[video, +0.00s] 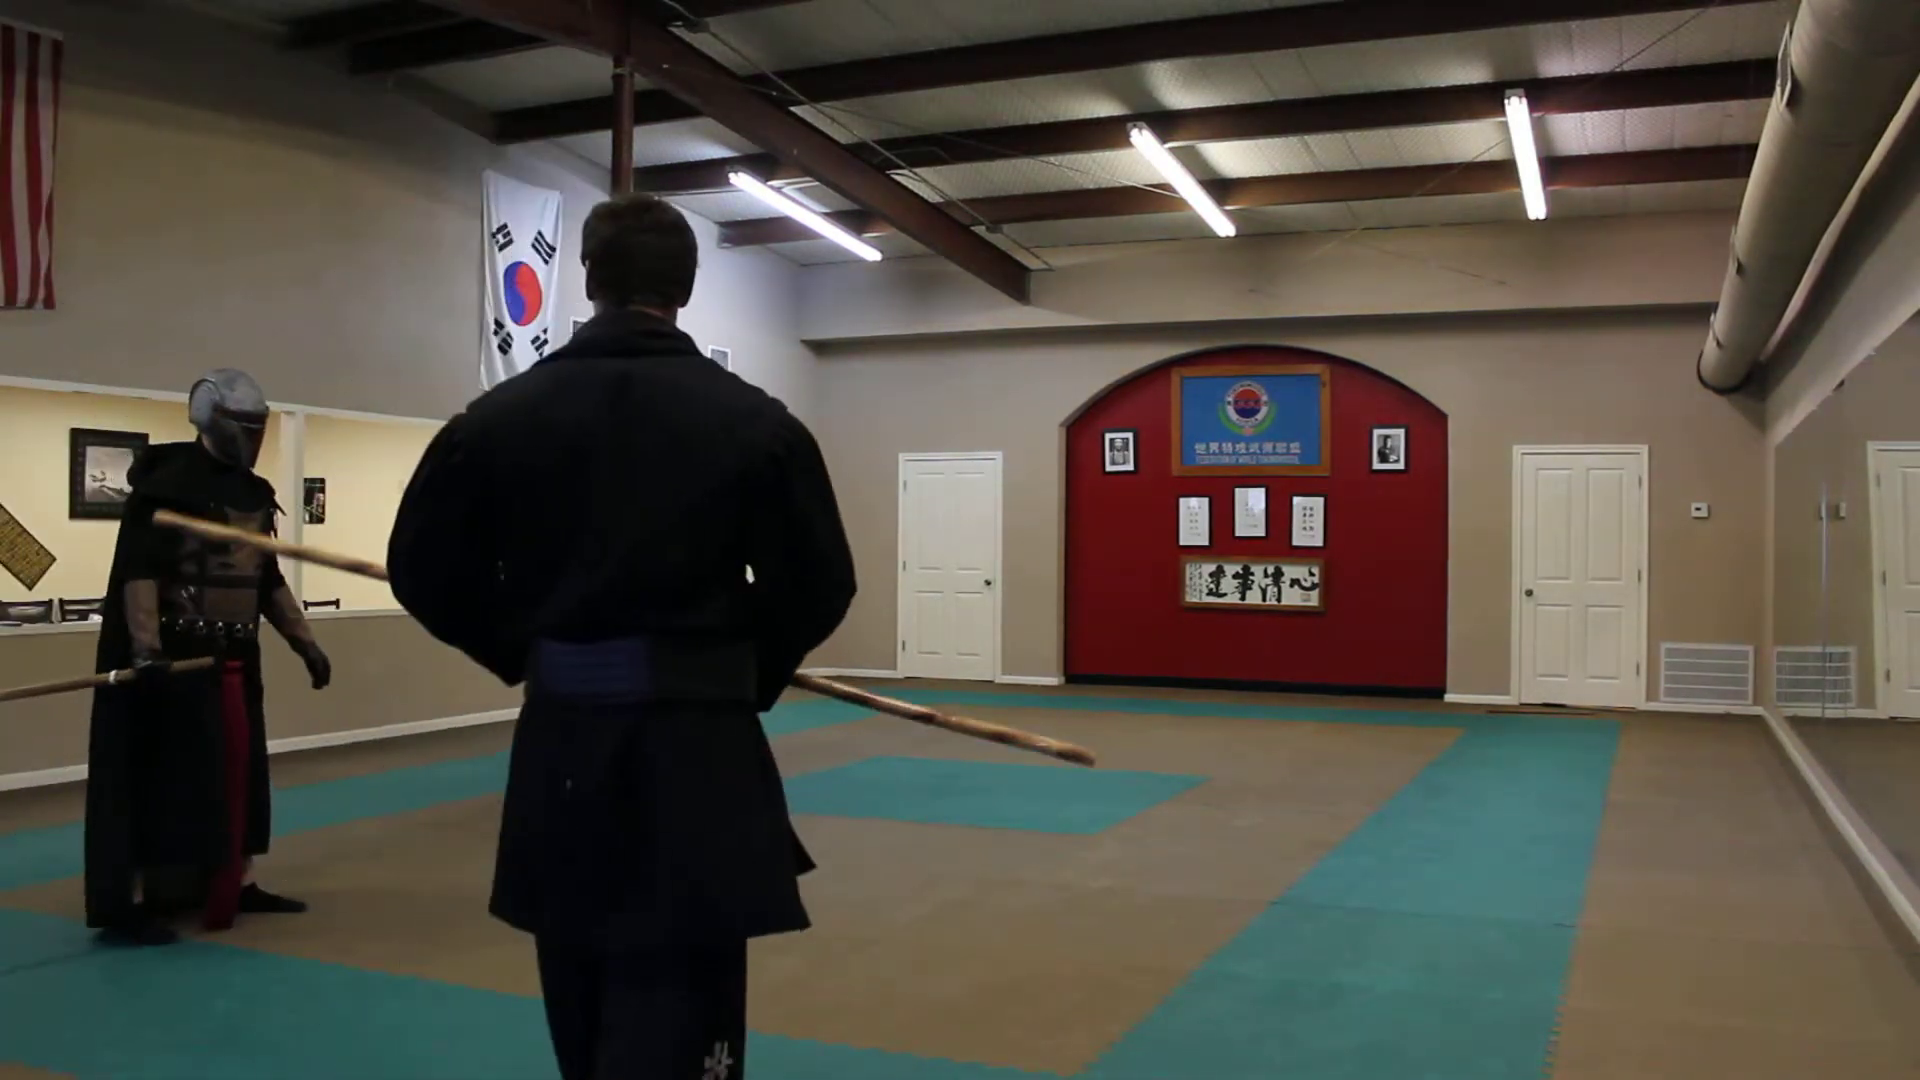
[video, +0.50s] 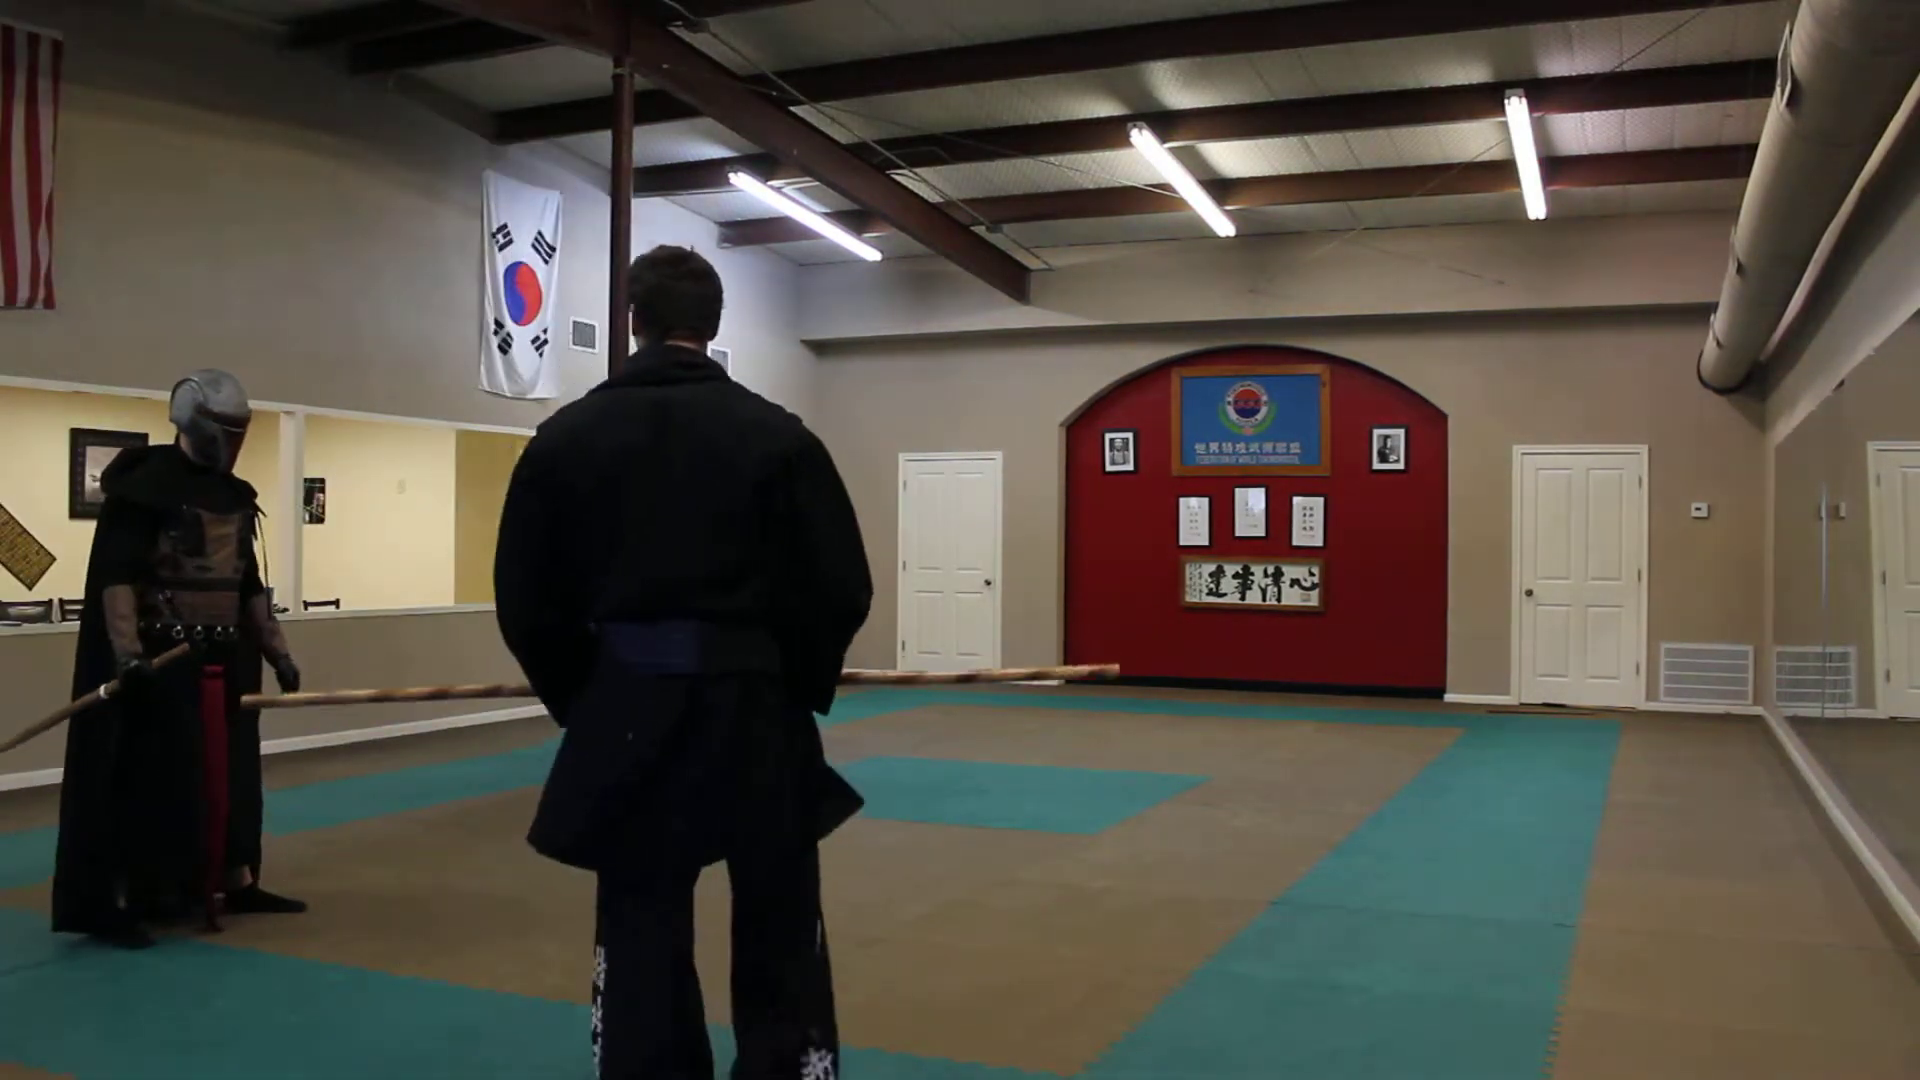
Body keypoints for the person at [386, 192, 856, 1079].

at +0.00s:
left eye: (589, 271)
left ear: (587, 281)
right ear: (685, 287)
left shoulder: (500, 418)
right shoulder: (752, 421)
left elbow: (422, 567)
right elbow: (818, 583)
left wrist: (525, 647)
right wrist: (739, 673)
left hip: (563, 750)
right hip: (701, 753)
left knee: (581, 999)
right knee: (692, 1001)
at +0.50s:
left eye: (632, 315)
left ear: (631, 324)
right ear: (717, 327)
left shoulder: (566, 438)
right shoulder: (780, 437)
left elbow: (524, 601)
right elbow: (843, 591)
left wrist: (591, 711)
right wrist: (793, 696)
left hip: (629, 732)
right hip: (762, 733)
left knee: (642, 952)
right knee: (781, 948)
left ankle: (649, 1074)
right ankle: (787, 1072)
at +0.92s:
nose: (715, 357)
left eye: (715, 346)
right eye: (721, 345)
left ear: (725, 350)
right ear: (796, 351)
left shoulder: (675, 453)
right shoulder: (858, 448)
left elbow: (625, 597)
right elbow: (902, 578)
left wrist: (674, 678)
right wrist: (850, 662)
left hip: (724, 707)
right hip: (833, 708)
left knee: (700, 904)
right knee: (828, 900)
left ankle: (678, 1063)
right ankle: (831, 1060)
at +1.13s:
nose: (721, 368)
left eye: (720, 357)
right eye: (722, 356)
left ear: (735, 357)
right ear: (799, 355)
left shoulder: (699, 453)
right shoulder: (865, 446)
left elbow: (656, 595)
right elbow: (897, 567)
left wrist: (690, 674)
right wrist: (853, 648)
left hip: (737, 692)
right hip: (842, 694)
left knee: (730, 864)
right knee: (839, 875)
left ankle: (725, 1027)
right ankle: (835, 1046)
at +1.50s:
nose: (684, 385)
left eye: (683, 374)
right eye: (684, 374)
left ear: (699, 374)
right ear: (755, 369)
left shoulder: (680, 467)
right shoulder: (825, 456)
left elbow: (631, 598)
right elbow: (851, 568)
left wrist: (646, 669)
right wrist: (810, 634)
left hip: (716, 679)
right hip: (804, 676)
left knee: (715, 839)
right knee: (807, 817)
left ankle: (729, 996)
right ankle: (832, 953)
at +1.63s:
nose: (678, 387)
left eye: (677, 375)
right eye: (677, 375)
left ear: (694, 374)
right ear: (746, 369)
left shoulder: (681, 466)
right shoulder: (817, 455)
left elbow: (631, 590)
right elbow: (840, 559)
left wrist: (645, 659)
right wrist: (802, 617)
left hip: (719, 674)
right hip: (801, 668)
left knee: (717, 836)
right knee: (804, 820)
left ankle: (734, 996)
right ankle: (836, 973)